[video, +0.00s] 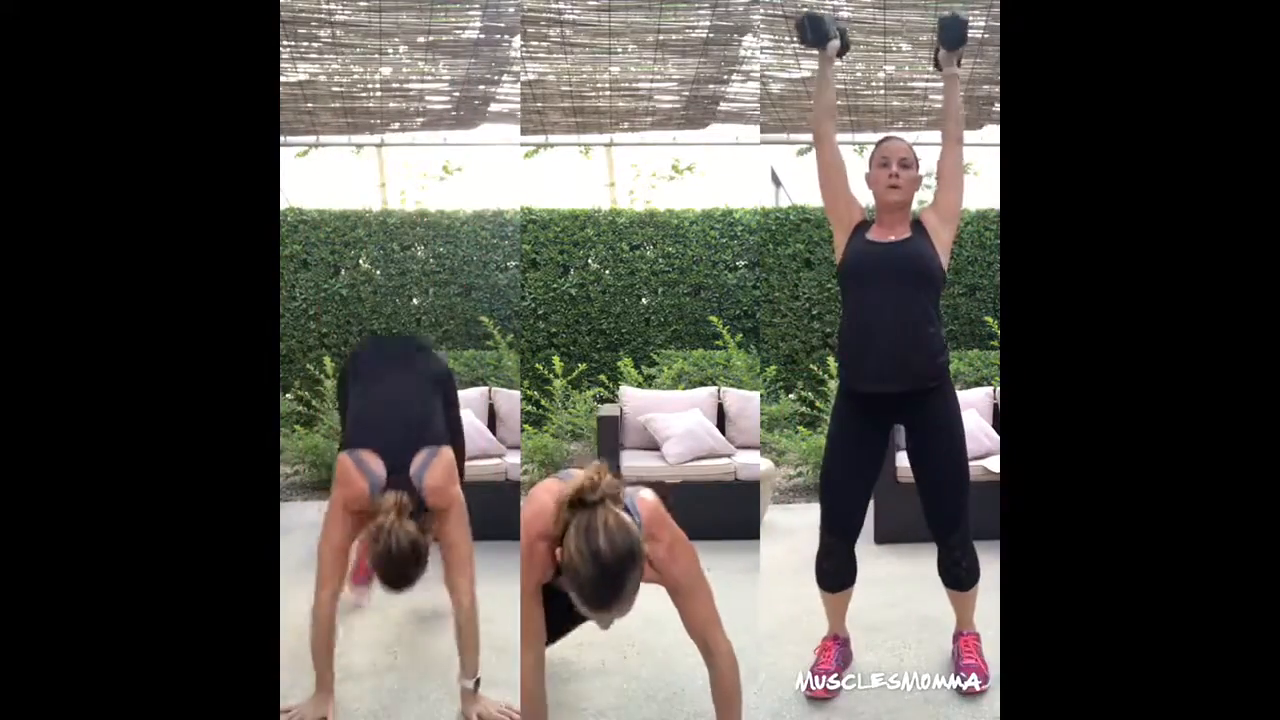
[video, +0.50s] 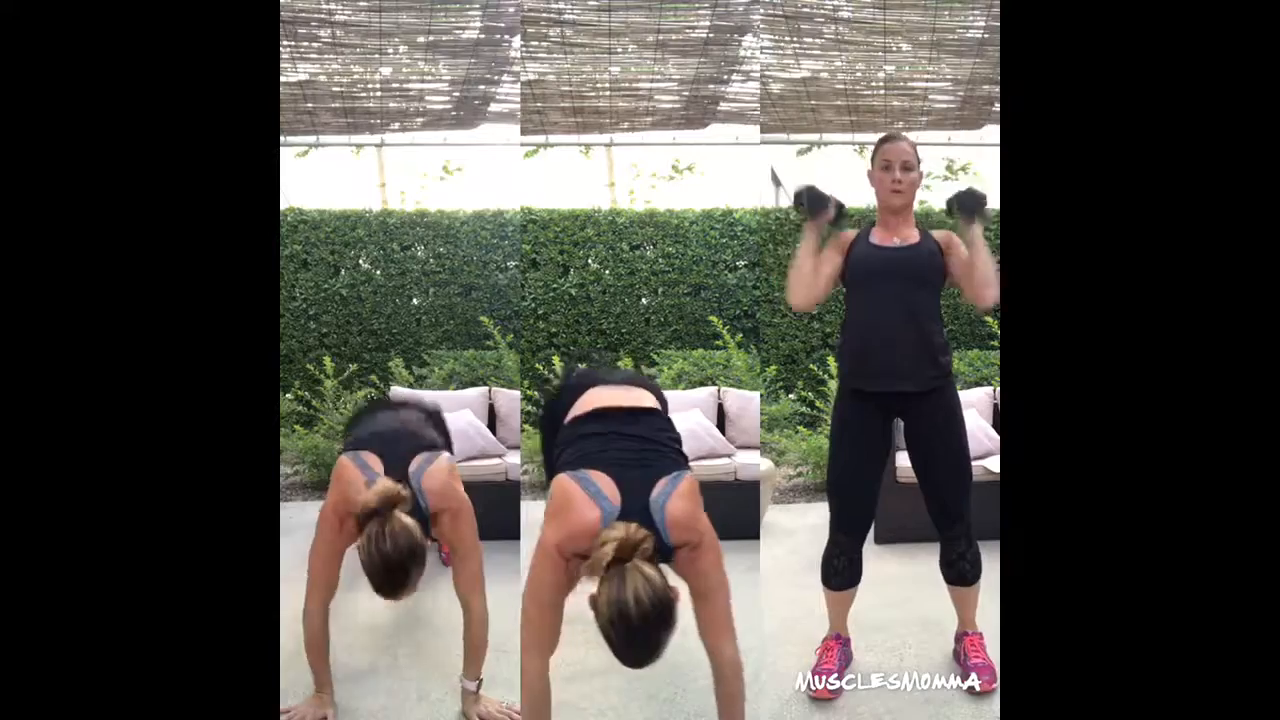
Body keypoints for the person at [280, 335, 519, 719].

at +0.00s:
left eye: (404, 582)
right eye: (386, 578)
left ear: (427, 534)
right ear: (370, 536)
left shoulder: (445, 489)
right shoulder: (350, 489)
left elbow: (463, 593)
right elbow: (327, 593)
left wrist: (470, 689)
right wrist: (323, 692)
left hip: (427, 361)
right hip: (363, 361)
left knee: (451, 482)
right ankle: (362, 543)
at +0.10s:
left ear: (425, 543)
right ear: (360, 544)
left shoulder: (449, 499)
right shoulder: (344, 498)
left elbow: (473, 603)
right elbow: (317, 600)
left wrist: (471, 693)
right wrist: (323, 695)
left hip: (428, 391)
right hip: (361, 397)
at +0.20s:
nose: (395, 602)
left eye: (404, 595)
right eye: (386, 597)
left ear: (422, 542)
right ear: (356, 546)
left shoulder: (449, 497)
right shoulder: (341, 497)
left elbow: (474, 602)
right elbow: (316, 605)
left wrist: (472, 691)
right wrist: (322, 693)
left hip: (435, 433)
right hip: (365, 433)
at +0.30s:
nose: (398, 591)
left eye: (407, 581)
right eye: (388, 584)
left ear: (428, 532)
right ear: (362, 537)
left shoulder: (447, 492)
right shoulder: (346, 490)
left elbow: (477, 605)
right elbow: (315, 602)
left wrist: (472, 692)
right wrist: (323, 694)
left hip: (434, 454)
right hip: (366, 457)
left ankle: (446, 537)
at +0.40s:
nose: (397, 591)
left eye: (406, 581)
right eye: (387, 583)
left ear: (427, 533)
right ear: (362, 533)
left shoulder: (449, 496)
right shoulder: (346, 495)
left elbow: (478, 603)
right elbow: (314, 604)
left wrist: (473, 691)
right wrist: (322, 693)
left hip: (433, 456)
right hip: (366, 456)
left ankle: (446, 538)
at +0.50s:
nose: (400, 598)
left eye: (409, 591)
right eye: (390, 594)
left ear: (427, 539)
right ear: (361, 546)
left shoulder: (451, 501)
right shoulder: (340, 505)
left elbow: (474, 601)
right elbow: (316, 603)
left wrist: (472, 690)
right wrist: (322, 692)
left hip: (433, 426)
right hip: (364, 428)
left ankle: (443, 536)